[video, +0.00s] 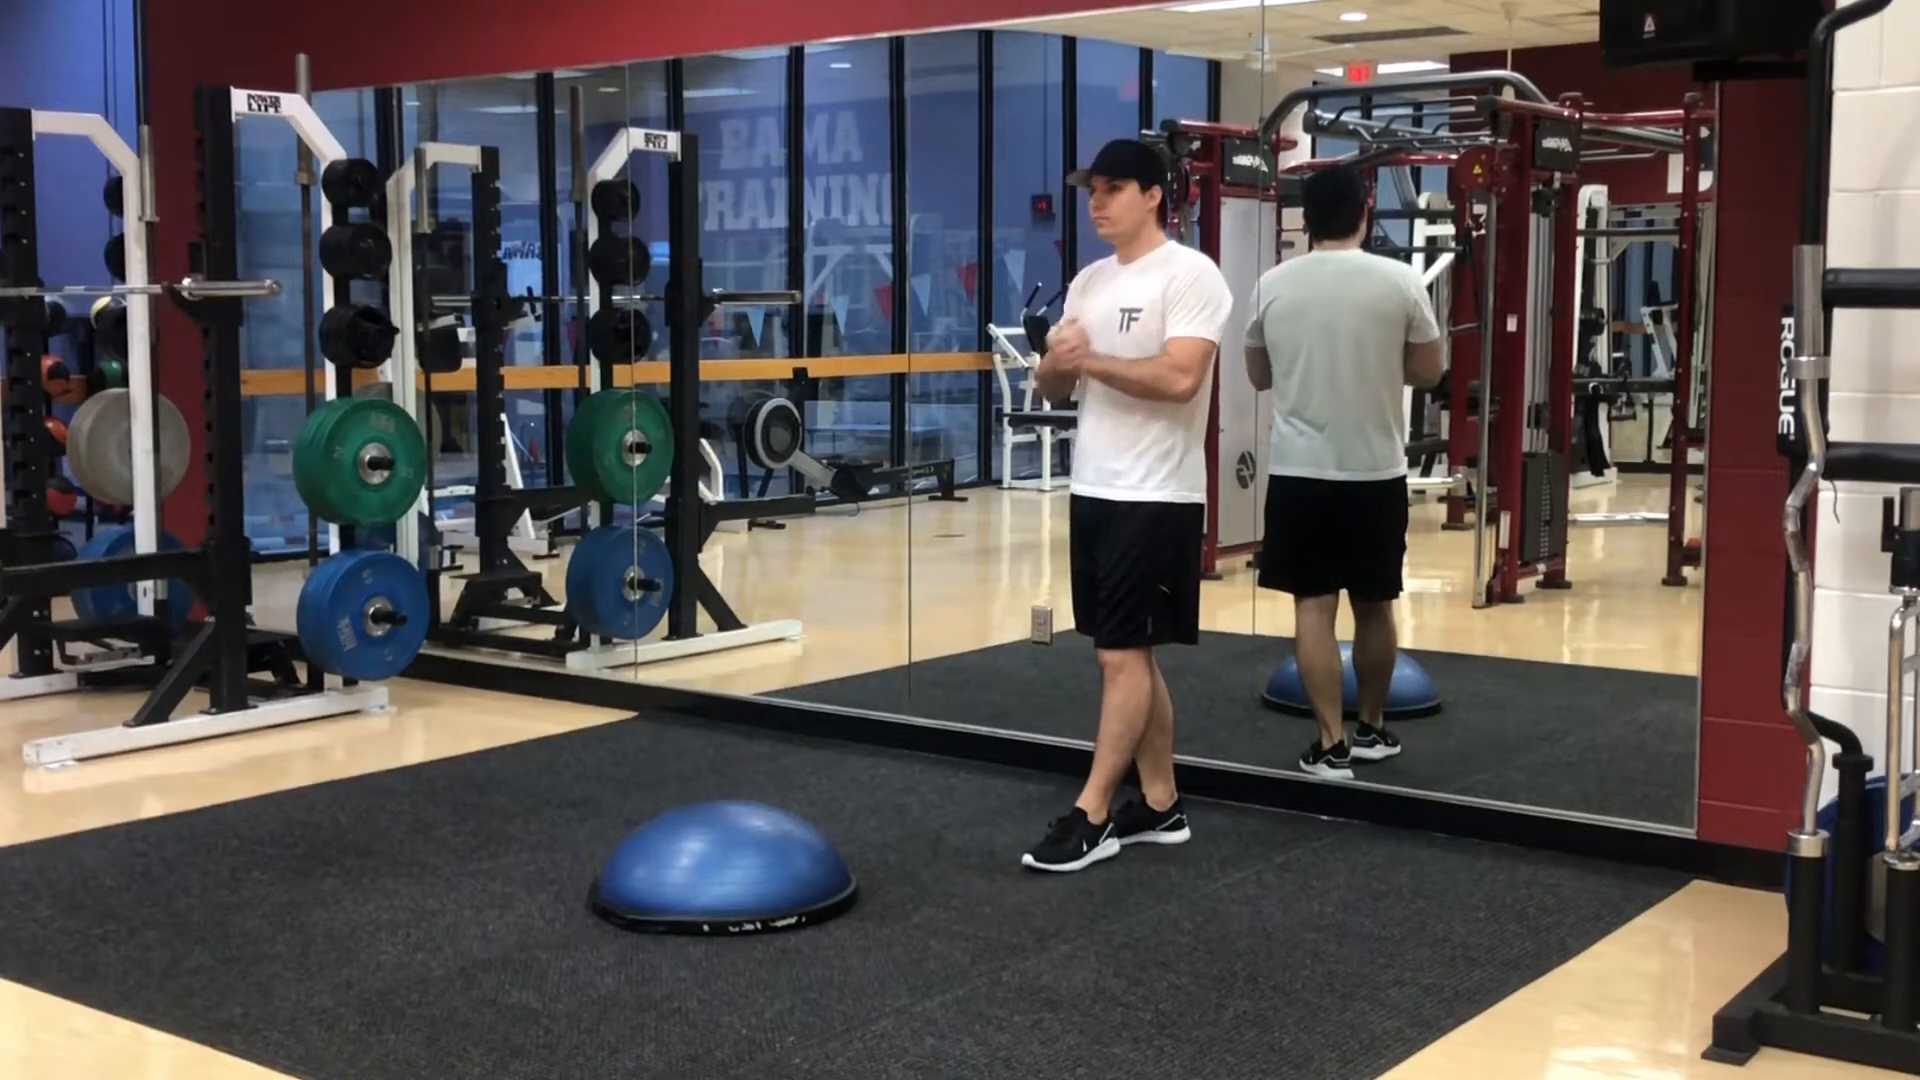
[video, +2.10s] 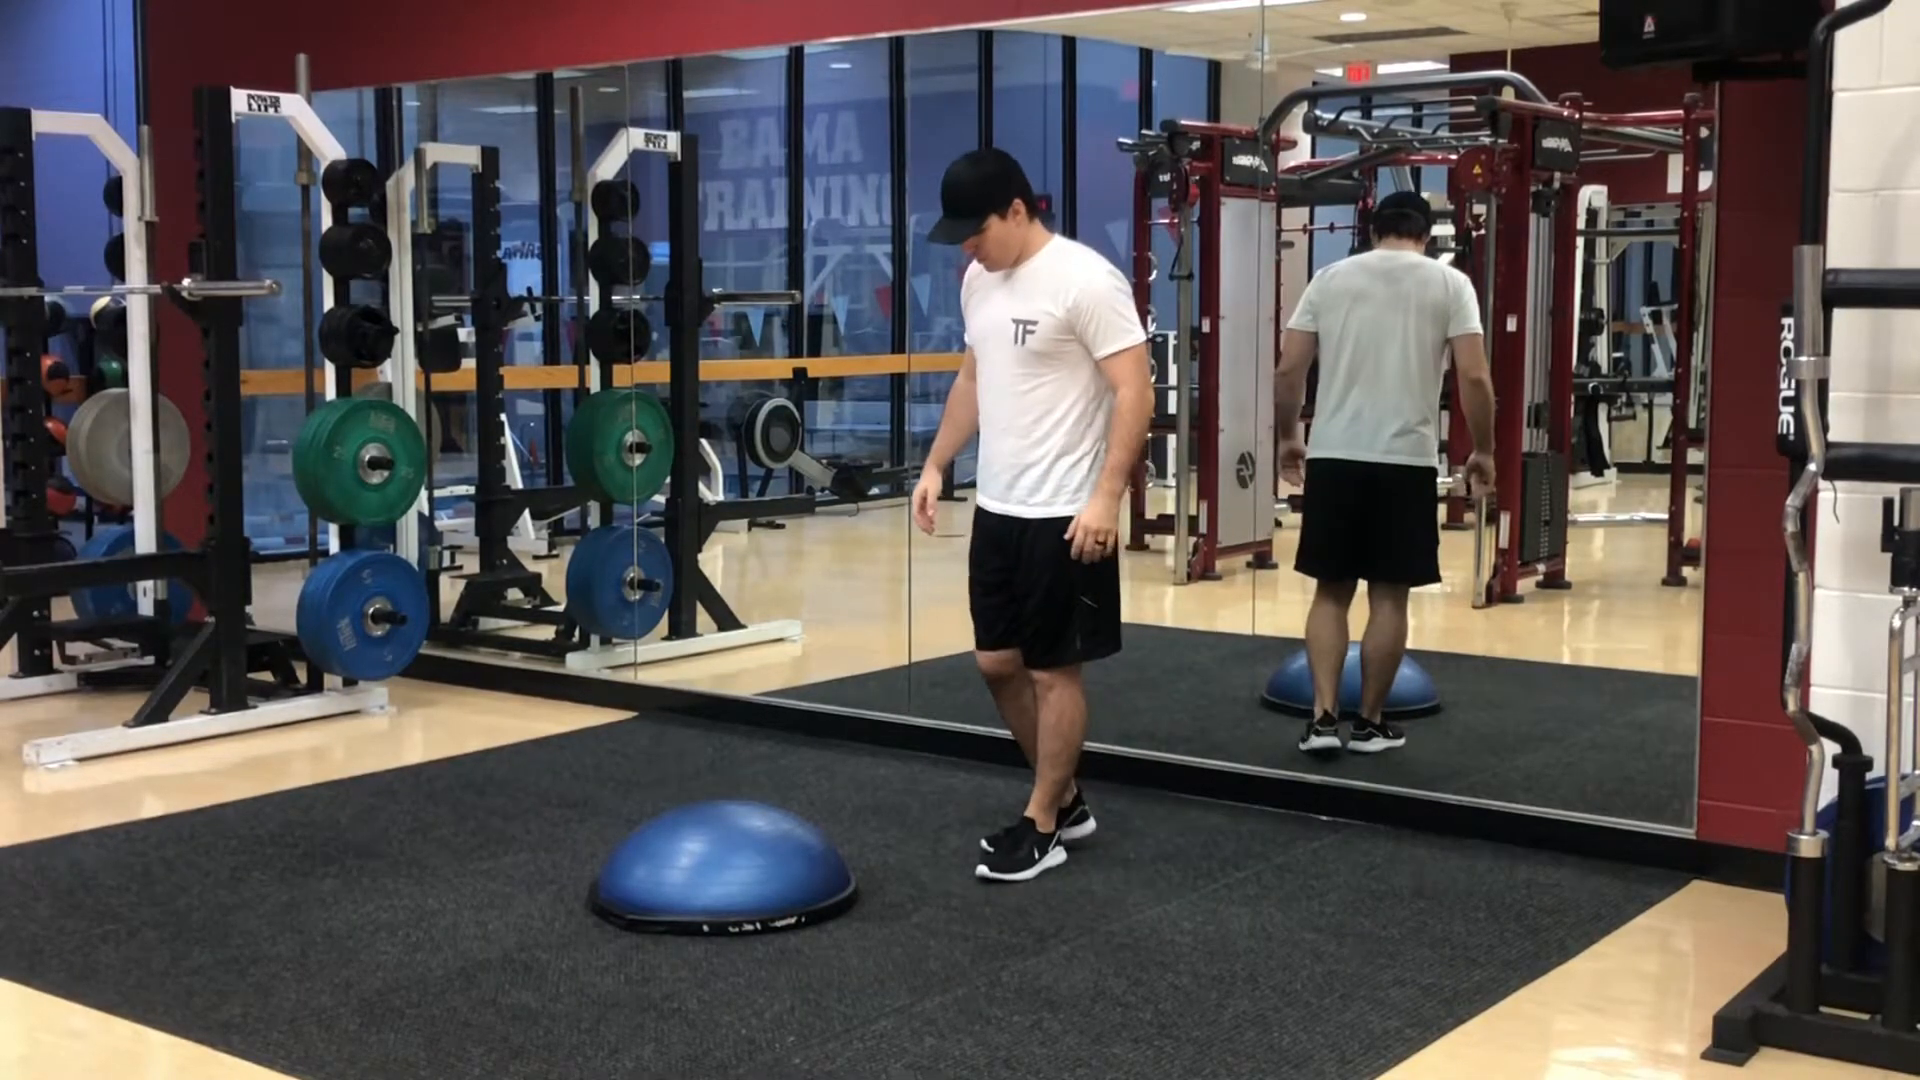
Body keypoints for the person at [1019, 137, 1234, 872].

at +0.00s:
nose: (1097, 205)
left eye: (1111, 191)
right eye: (1093, 193)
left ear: (1152, 196)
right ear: (1095, 199)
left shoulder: (1193, 274)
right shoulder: (1088, 281)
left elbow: (1180, 379)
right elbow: (1051, 386)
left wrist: (1087, 363)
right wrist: (1054, 361)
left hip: (1156, 492)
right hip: (1095, 489)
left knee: (1121, 652)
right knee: (1128, 653)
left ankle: (1091, 813)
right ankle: (1161, 802)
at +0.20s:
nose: (1100, 213)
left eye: (1112, 199)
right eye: (1095, 201)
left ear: (1154, 198)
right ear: (1096, 205)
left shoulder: (1194, 275)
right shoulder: (1092, 284)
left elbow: (1166, 384)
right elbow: (1069, 373)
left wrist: (1087, 443)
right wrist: (1044, 426)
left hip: (1158, 495)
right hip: (1097, 490)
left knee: (1121, 652)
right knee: (1126, 652)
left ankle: (1091, 813)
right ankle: (1161, 801)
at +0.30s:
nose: (1093, 224)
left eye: (1104, 209)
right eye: (1088, 212)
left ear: (1145, 202)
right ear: (1094, 212)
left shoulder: (1193, 277)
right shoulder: (1093, 286)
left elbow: (1183, 391)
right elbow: (1077, 384)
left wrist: (1133, 477)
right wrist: (1045, 450)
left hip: (1159, 495)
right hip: (1097, 489)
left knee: (1119, 652)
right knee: (1126, 653)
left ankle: (1092, 813)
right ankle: (1161, 802)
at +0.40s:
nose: (1084, 235)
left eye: (1091, 220)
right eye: (1081, 223)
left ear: (1130, 207)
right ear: (1111, 214)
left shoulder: (1189, 278)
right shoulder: (1093, 288)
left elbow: (1209, 394)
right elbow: (1079, 391)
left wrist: (1204, 497)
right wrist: (1047, 477)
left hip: (1151, 499)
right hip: (1094, 495)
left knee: (1111, 647)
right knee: (1128, 653)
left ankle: (1090, 812)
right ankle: (1161, 802)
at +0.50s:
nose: (1074, 242)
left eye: (1080, 227)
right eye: (1068, 230)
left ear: (1121, 209)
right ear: (1091, 219)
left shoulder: (1185, 278)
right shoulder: (1087, 287)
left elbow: (1230, 383)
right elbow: (1084, 391)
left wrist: (1255, 486)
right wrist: (1068, 482)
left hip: (1157, 501)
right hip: (1094, 498)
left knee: (1097, 646)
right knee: (1130, 652)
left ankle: (1087, 810)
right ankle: (1160, 803)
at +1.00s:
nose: (1027, 257)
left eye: (1033, 241)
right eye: (1019, 245)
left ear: (1075, 220)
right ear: (1042, 231)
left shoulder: (1140, 285)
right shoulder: (1035, 291)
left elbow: (1185, 393)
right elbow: (1038, 392)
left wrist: (1149, 493)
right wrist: (1005, 475)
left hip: (1117, 510)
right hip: (1057, 509)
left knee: (1077, 664)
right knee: (1105, 664)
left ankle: (1042, 822)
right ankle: (1158, 803)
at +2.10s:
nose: (969, 250)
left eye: (976, 233)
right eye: (963, 237)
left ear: (1017, 211)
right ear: (991, 220)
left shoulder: (1088, 279)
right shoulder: (978, 280)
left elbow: (1136, 392)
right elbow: (975, 377)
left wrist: (1107, 496)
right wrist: (936, 463)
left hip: (1066, 512)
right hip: (999, 509)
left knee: (1056, 668)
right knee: (999, 662)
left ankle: (1041, 824)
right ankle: (1066, 797)